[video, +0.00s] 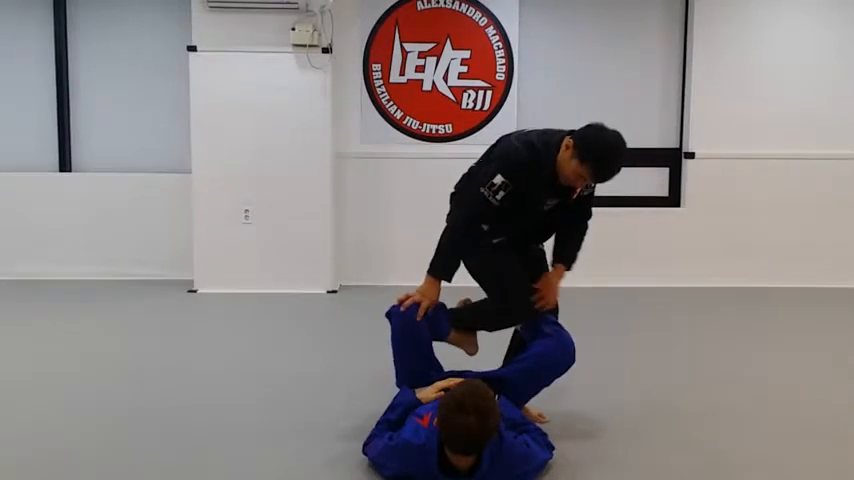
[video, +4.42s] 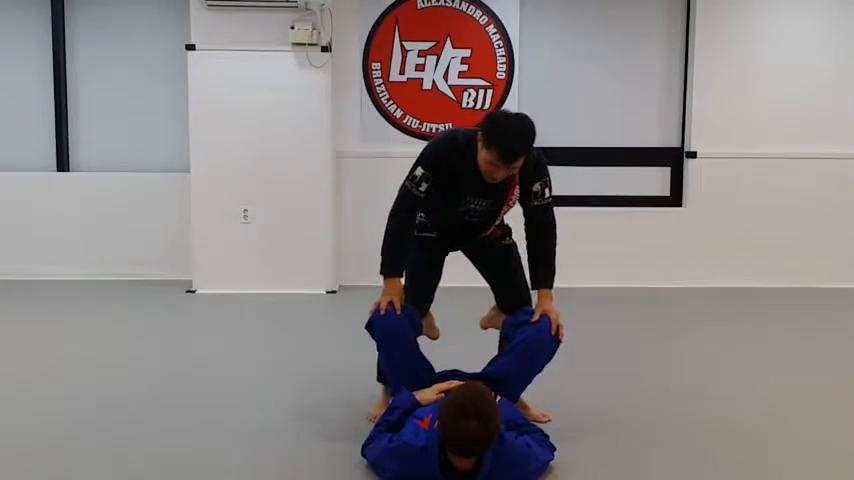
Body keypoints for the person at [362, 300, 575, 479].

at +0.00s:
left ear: (438, 426)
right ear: (496, 426)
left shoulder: (407, 452)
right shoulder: (514, 456)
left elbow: (373, 444)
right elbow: (541, 444)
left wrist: (412, 397)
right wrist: (509, 405)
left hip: (428, 392)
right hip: (496, 395)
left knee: (404, 313)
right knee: (562, 348)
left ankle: (453, 330)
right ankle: (528, 306)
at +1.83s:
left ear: (439, 421)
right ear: (497, 428)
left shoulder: (409, 451)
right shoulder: (515, 456)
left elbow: (374, 443)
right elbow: (540, 443)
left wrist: (413, 397)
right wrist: (520, 414)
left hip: (429, 392)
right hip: (498, 397)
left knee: (419, 316)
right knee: (559, 346)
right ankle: (519, 312)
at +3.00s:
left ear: (439, 416)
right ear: (498, 421)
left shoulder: (409, 449)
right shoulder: (515, 455)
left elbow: (374, 444)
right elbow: (540, 442)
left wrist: (414, 398)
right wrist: (513, 408)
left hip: (424, 397)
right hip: (495, 396)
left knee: (415, 316)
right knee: (550, 339)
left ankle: (413, 295)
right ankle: (520, 306)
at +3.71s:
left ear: (437, 425)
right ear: (498, 430)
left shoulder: (409, 452)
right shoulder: (517, 457)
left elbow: (373, 445)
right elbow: (540, 441)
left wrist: (411, 398)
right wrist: (506, 403)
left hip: (423, 394)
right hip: (492, 392)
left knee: (386, 319)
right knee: (543, 331)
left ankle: (413, 311)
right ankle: (491, 312)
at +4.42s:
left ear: (437, 427)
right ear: (497, 431)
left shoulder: (408, 452)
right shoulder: (517, 457)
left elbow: (372, 445)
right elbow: (542, 442)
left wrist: (409, 398)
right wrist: (502, 402)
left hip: (423, 395)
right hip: (493, 393)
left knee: (385, 318)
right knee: (546, 328)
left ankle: (421, 319)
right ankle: (503, 318)